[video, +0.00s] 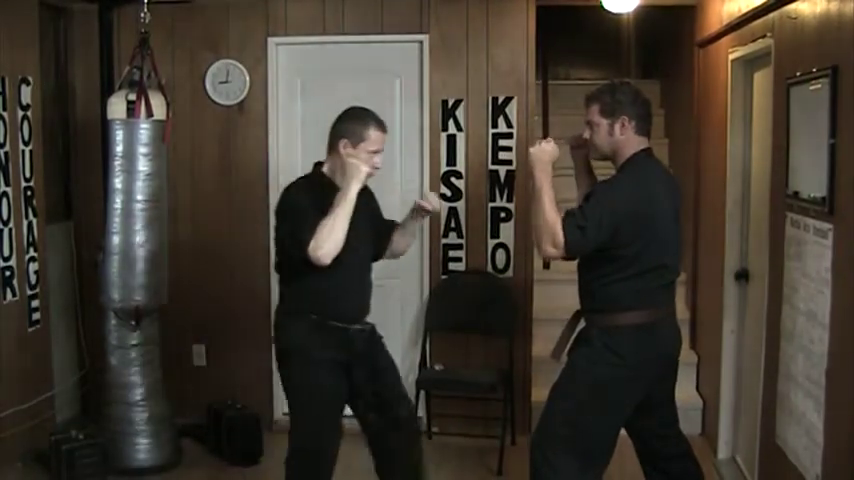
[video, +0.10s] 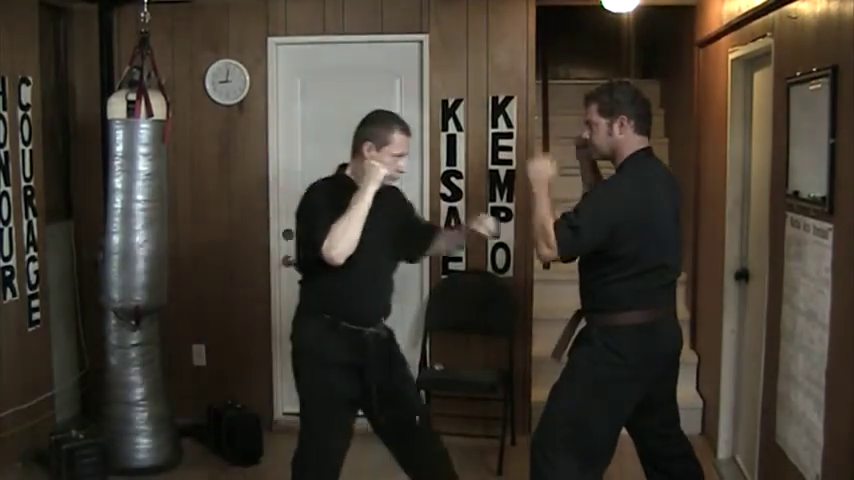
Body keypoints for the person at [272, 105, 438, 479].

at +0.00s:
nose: (379, 163)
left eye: (380, 154)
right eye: (373, 153)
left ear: (351, 150)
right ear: (344, 149)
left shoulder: (361, 196)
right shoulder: (299, 195)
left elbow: (390, 247)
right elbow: (320, 252)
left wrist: (416, 216)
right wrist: (350, 187)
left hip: (358, 336)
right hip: (309, 337)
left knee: (399, 429)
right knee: (316, 445)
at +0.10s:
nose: (403, 166)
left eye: (405, 157)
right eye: (397, 156)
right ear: (367, 150)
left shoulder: (391, 200)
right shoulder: (322, 195)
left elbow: (420, 242)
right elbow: (335, 252)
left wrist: (465, 233)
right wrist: (367, 188)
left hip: (374, 340)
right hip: (323, 338)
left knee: (419, 444)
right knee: (323, 447)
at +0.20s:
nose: (426, 170)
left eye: (428, 162)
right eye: (420, 161)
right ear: (391, 155)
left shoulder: (420, 206)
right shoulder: (344, 198)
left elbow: (474, 235)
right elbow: (342, 256)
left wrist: (524, 252)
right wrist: (384, 196)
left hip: (395, 344)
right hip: (340, 342)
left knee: (436, 451)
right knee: (335, 452)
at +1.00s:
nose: (418, 169)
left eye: (420, 159)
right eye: (410, 159)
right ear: (378, 155)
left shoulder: (411, 207)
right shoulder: (338, 203)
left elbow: (448, 257)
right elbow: (345, 266)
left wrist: (498, 268)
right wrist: (384, 204)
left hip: (402, 345)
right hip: (348, 345)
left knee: (439, 448)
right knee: (346, 454)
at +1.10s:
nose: (395, 163)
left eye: (397, 154)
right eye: (388, 153)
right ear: (357, 149)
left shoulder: (382, 201)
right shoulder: (318, 198)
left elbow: (419, 247)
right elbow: (334, 260)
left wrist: (456, 242)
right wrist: (373, 198)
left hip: (378, 339)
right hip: (329, 340)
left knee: (424, 444)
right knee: (332, 456)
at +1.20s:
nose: (376, 159)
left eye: (379, 150)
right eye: (370, 149)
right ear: (339, 144)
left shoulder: (359, 195)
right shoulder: (301, 193)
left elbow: (397, 240)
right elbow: (324, 251)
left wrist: (430, 210)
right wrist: (361, 189)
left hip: (361, 338)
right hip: (312, 339)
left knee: (399, 439)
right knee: (320, 452)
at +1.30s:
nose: (366, 156)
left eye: (367, 147)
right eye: (359, 146)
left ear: (338, 144)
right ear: (328, 141)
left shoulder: (347, 191)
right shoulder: (289, 189)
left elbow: (385, 234)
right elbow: (314, 245)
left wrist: (408, 193)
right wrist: (347, 182)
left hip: (346, 333)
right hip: (300, 333)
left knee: (373, 425)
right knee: (309, 440)